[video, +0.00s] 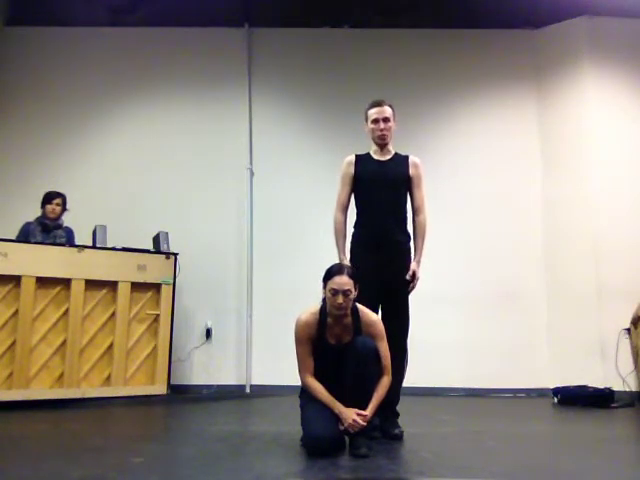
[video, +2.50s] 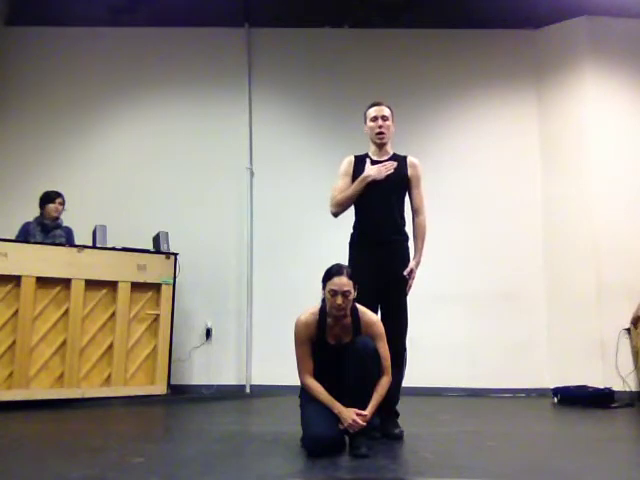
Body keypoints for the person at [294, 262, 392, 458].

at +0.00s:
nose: (340, 301)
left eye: (347, 294)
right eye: (334, 293)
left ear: (355, 293)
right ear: (324, 292)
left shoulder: (371, 322)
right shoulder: (307, 323)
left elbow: (386, 374)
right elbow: (307, 377)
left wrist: (366, 415)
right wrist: (342, 411)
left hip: (356, 393)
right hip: (321, 393)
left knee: (365, 347)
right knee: (321, 445)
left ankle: (360, 432)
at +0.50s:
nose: (340, 301)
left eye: (347, 294)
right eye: (334, 293)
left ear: (355, 293)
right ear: (324, 292)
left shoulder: (371, 322)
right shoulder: (307, 323)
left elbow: (386, 374)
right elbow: (307, 377)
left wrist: (366, 415)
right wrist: (342, 411)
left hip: (356, 392)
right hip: (321, 393)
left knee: (365, 346)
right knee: (322, 445)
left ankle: (360, 432)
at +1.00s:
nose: (340, 301)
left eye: (347, 294)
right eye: (334, 294)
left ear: (355, 293)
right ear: (324, 292)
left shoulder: (371, 322)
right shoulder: (307, 323)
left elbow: (386, 374)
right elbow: (307, 378)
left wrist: (366, 414)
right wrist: (342, 412)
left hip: (355, 392)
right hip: (321, 392)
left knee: (365, 347)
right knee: (322, 445)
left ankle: (360, 432)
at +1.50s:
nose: (339, 301)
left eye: (346, 294)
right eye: (333, 294)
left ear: (355, 293)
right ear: (324, 292)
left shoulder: (371, 322)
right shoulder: (307, 323)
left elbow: (386, 374)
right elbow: (307, 378)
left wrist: (366, 414)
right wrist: (342, 412)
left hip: (355, 392)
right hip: (321, 393)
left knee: (364, 347)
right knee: (321, 445)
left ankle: (360, 431)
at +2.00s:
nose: (339, 301)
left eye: (346, 294)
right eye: (333, 294)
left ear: (354, 294)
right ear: (324, 292)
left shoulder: (371, 323)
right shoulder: (306, 324)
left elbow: (386, 375)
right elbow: (306, 378)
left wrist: (367, 413)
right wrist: (341, 411)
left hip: (355, 392)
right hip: (320, 392)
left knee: (365, 347)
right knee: (321, 445)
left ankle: (359, 432)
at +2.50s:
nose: (339, 302)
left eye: (346, 295)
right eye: (333, 294)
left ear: (354, 294)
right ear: (323, 292)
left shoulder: (371, 323)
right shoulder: (306, 324)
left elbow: (386, 375)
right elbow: (306, 378)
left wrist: (366, 413)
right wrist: (341, 411)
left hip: (355, 392)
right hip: (320, 393)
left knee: (365, 347)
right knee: (321, 445)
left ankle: (359, 432)